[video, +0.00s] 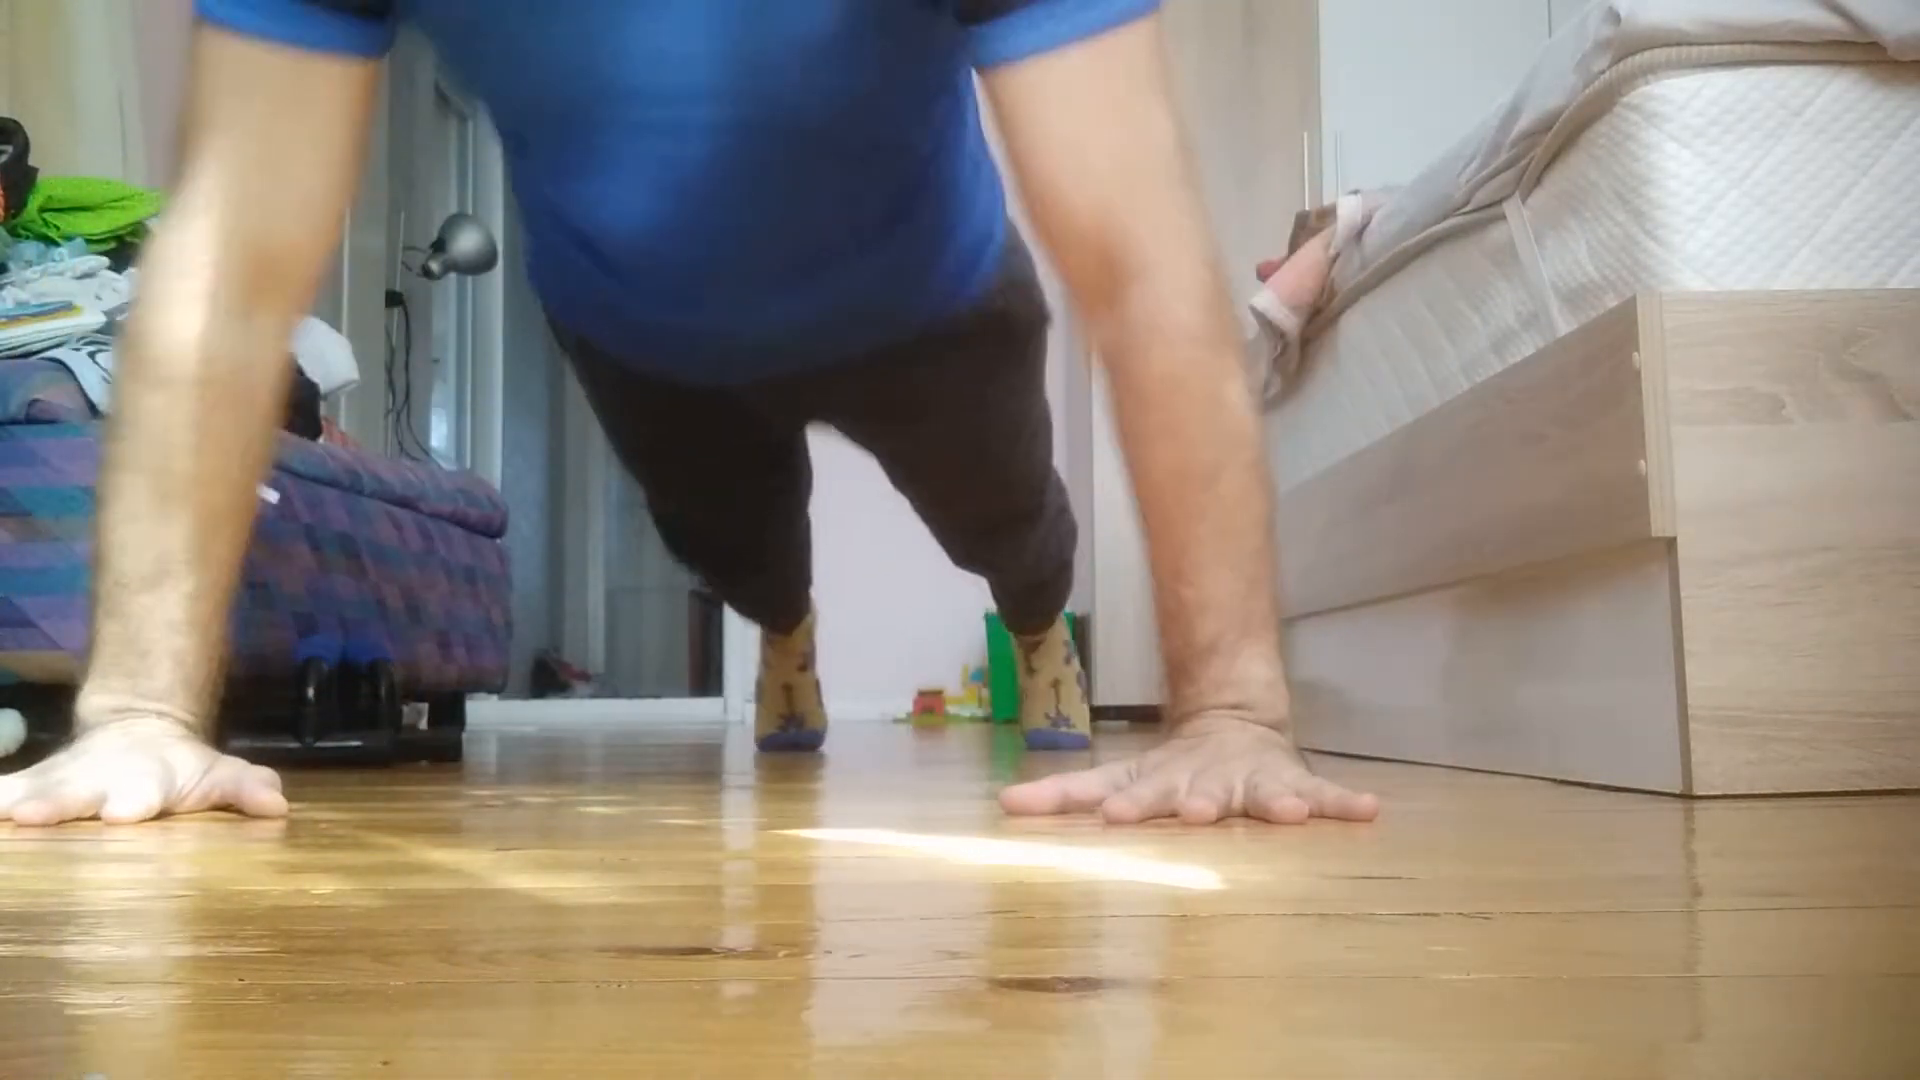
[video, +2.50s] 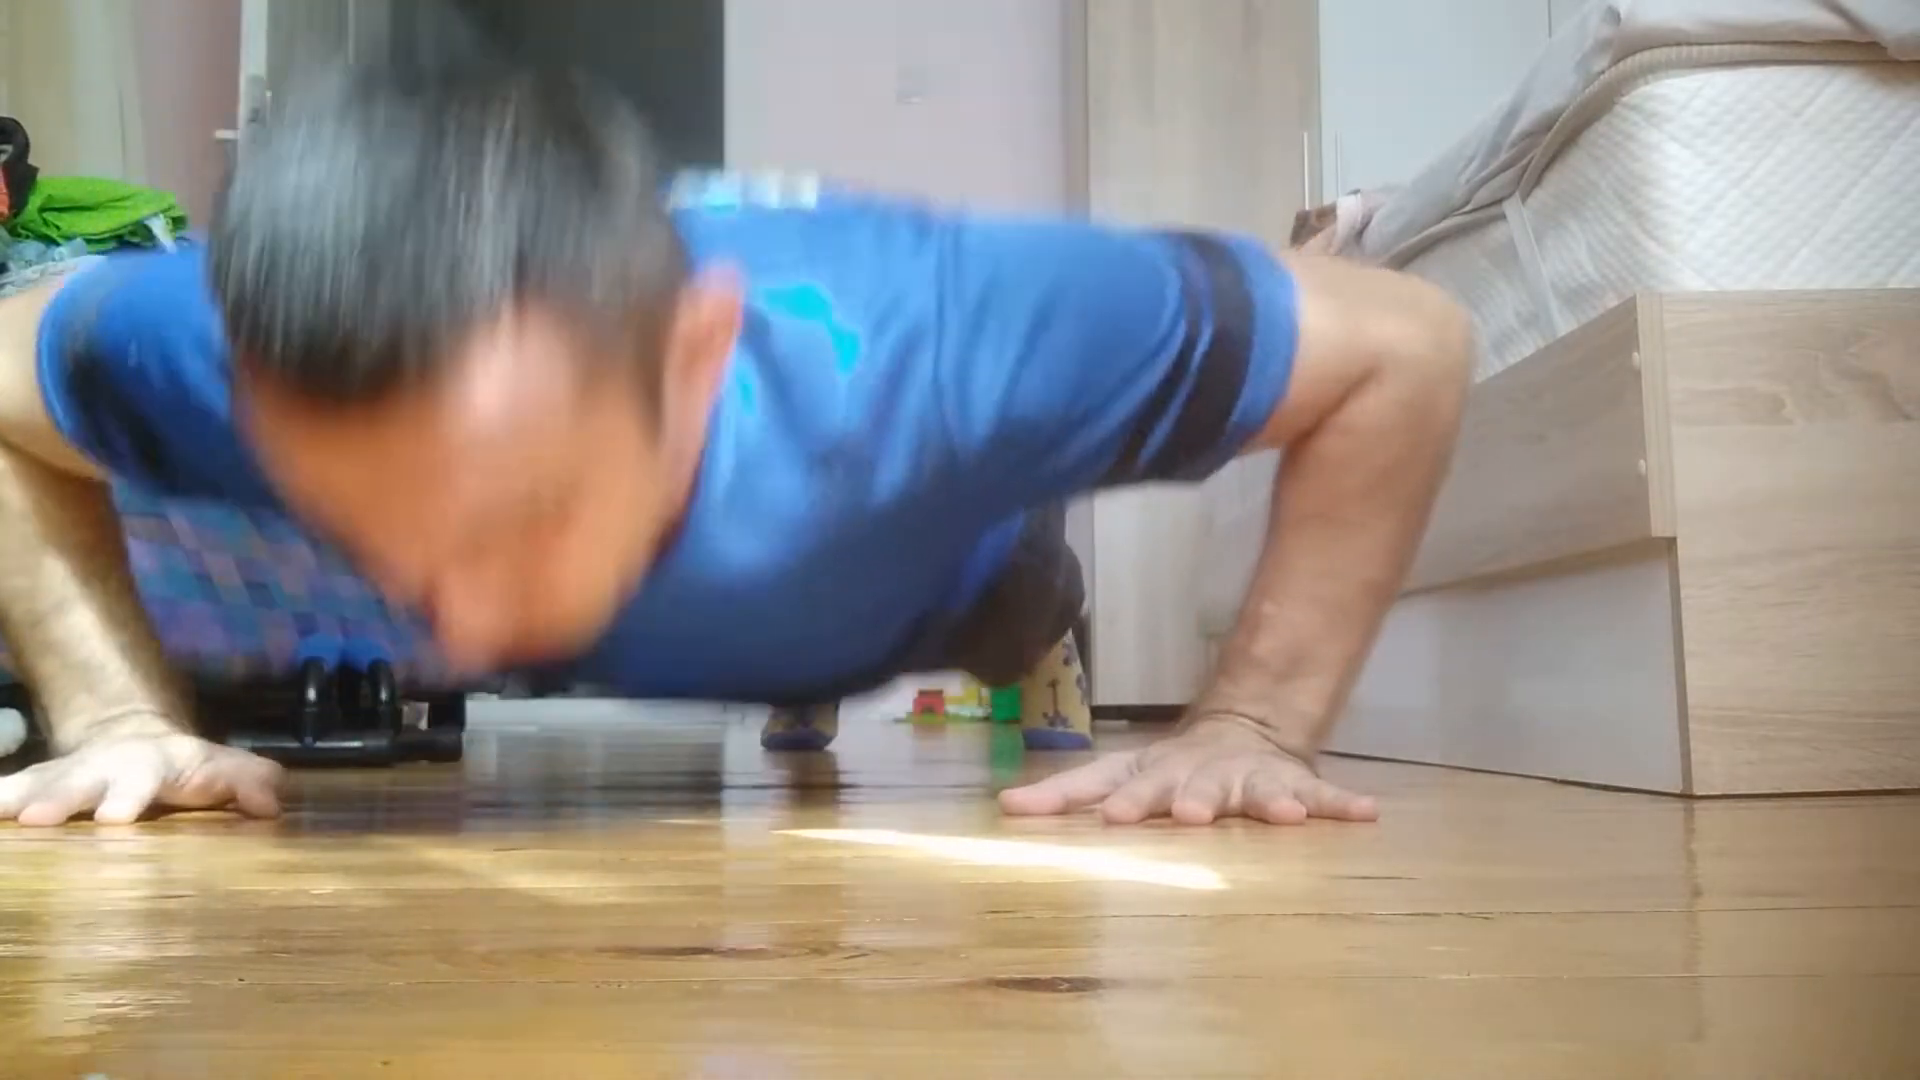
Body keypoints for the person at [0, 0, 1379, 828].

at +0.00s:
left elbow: (1146, 264)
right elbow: (230, 265)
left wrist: (1237, 704)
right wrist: (143, 709)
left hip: (918, 301)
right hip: (643, 335)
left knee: (1006, 528)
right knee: (744, 553)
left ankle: (1018, 615)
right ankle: (784, 624)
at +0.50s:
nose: (505, 738)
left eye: (563, 645)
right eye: (418, 673)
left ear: (722, 441)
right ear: (298, 518)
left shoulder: (943, 412)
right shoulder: (240, 379)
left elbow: (1372, 351)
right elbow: (30, 375)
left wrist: (1254, 723)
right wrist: (125, 718)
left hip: (890, 644)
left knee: (1010, 640)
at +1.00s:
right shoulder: (353, 7)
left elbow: (1133, 264)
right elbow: (250, 272)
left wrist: (1238, 704)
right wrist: (145, 710)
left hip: (922, 377)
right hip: (655, 410)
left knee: (1003, 559)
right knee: (755, 564)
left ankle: (1015, 609)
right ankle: (793, 629)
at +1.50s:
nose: (488, 647)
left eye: (551, 560)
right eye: (405, 579)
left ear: (717, 371)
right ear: (316, 455)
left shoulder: (957, 384)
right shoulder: (241, 370)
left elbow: (1384, 356)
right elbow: (31, 387)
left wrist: (1257, 720)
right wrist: (127, 713)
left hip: (937, 625)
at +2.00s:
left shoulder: (975, 12)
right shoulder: (345, 8)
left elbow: (1162, 282)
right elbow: (236, 278)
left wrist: (1241, 705)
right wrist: (146, 712)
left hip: (932, 384)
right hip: (675, 423)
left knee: (1008, 561)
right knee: (778, 566)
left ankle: (1022, 618)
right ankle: (817, 642)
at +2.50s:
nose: (450, 619)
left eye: (520, 533)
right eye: (373, 548)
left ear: (691, 364)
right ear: (297, 429)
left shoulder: (945, 357)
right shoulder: (210, 348)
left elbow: (1406, 347)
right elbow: (16, 390)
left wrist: (1261, 725)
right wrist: (119, 712)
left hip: (924, 603)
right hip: (680, 633)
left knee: (1006, 618)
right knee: (802, 666)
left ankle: (1036, 652)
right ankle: (815, 701)